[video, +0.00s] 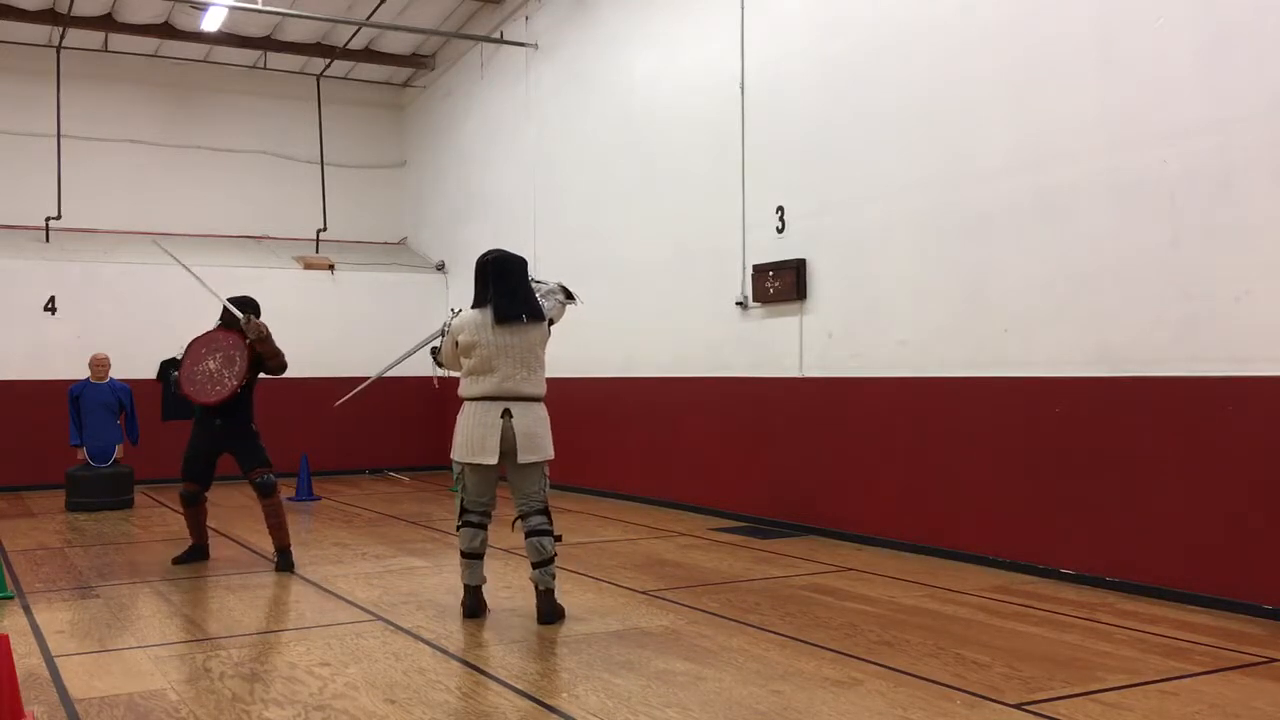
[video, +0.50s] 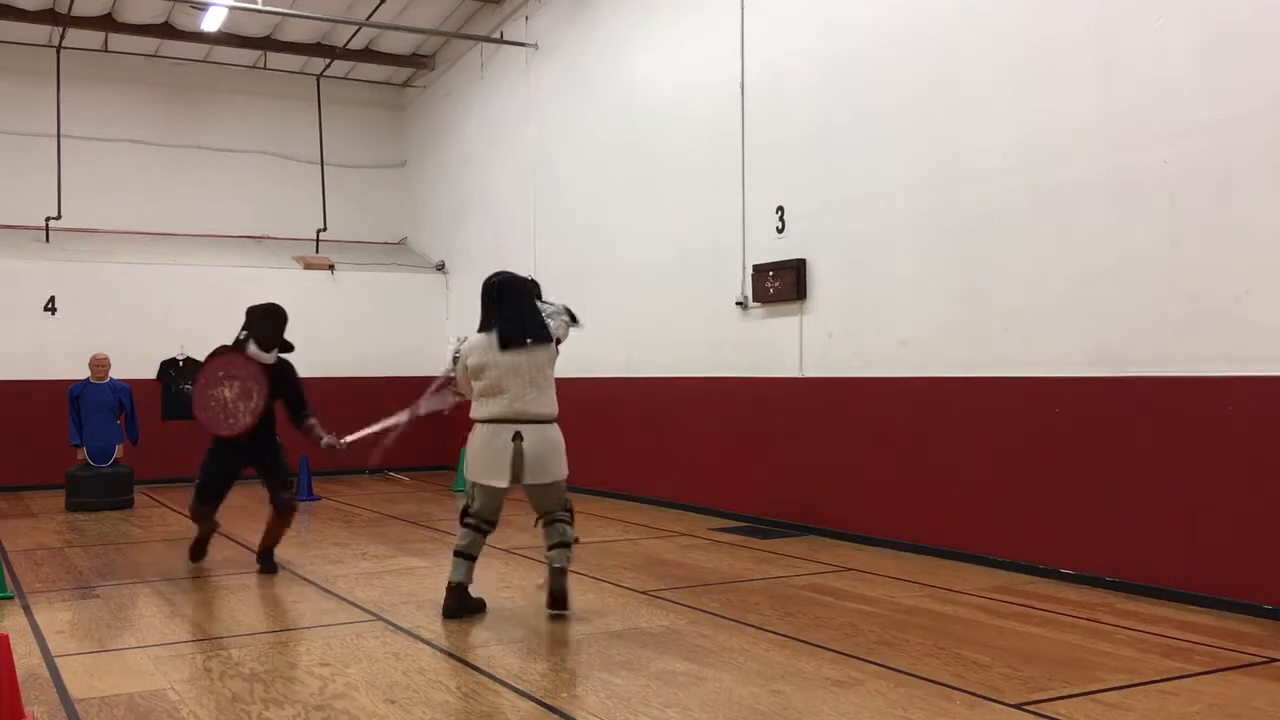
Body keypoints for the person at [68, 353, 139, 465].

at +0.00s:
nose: (100, 369)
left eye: (103, 366)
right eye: (96, 366)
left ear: (109, 367)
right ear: (89, 367)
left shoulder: (121, 389)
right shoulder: (77, 390)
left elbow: (130, 415)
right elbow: (74, 420)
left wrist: (133, 438)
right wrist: (78, 445)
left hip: (113, 444)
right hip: (88, 444)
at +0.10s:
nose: (100, 369)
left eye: (103, 366)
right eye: (96, 366)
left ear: (109, 367)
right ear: (89, 367)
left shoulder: (121, 389)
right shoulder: (77, 390)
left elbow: (130, 416)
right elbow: (74, 420)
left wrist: (133, 438)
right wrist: (78, 445)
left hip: (114, 445)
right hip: (88, 444)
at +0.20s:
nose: (100, 369)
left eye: (103, 366)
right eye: (96, 366)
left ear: (109, 367)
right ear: (90, 367)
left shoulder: (121, 389)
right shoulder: (77, 390)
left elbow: (130, 415)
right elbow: (74, 419)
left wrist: (133, 437)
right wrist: (78, 445)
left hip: (113, 444)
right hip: (87, 444)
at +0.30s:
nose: (100, 369)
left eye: (103, 366)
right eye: (96, 366)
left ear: (109, 367)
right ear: (89, 367)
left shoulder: (121, 389)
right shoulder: (77, 390)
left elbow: (130, 415)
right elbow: (74, 420)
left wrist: (133, 437)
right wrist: (78, 445)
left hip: (113, 445)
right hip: (87, 445)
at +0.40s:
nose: (100, 369)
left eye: (103, 366)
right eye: (96, 366)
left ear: (109, 367)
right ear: (89, 367)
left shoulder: (121, 389)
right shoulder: (77, 390)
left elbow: (130, 415)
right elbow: (74, 420)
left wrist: (133, 437)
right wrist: (78, 445)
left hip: (113, 445)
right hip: (87, 445)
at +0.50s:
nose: (100, 369)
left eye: (103, 366)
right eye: (96, 366)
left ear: (109, 367)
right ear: (89, 367)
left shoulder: (121, 389)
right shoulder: (77, 390)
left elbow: (130, 415)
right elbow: (74, 420)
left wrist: (133, 437)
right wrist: (78, 445)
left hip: (113, 445)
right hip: (87, 445)